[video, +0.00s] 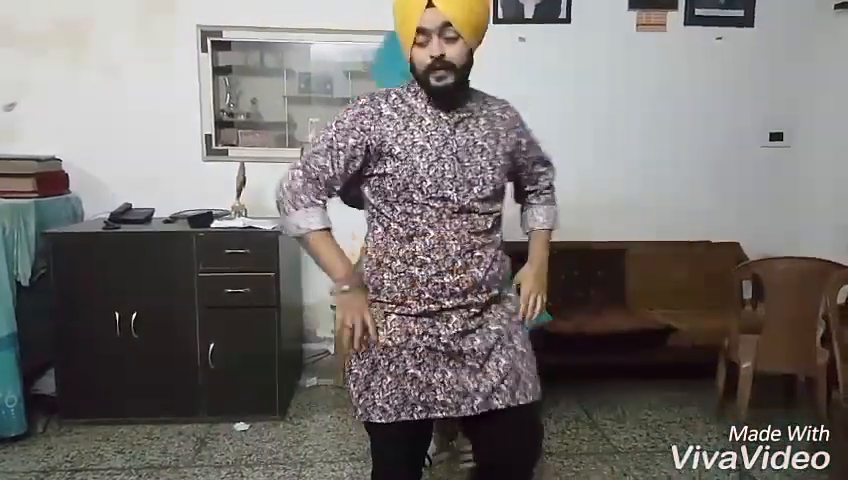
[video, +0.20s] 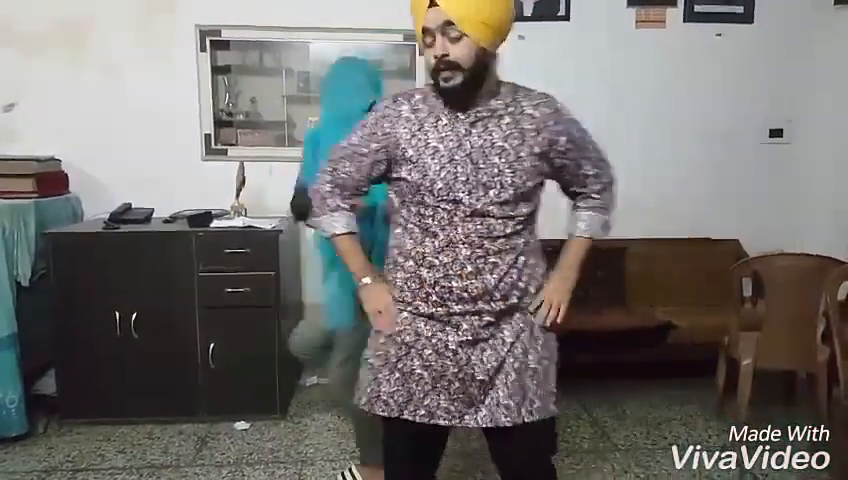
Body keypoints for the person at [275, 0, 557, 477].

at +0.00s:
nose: (437, 50)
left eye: (451, 36)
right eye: (423, 38)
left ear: (473, 43)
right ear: (407, 46)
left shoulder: (501, 119)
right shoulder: (372, 117)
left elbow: (539, 183)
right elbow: (298, 193)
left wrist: (538, 261)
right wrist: (347, 284)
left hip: (489, 330)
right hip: (396, 334)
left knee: (515, 462)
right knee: (397, 471)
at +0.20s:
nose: (438, 50)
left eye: (453, 34)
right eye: (429, 38)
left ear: (489, 38)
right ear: (420, 45)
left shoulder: (538, 117)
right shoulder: (397, 116)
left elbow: (596, 187)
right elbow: (328, 190)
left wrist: (564, 276)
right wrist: (366, 280)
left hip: (511, 338)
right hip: (413, 337)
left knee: (531, 472)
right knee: (405, 473)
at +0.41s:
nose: (455, 49)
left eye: (467, 33)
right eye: (452, 35)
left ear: (514, 33)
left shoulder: (581, 116)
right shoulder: (439, 113)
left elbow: (661, 199)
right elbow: (382, 186)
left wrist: (606, 291)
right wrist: (406, 274)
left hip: (545, 345)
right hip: (448, 341)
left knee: (549, 472)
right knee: (433, 471)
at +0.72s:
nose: (477, 44)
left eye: (487, 29)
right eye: (478, 30)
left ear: (533, 33)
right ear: (525, 34)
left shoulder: (605, 114)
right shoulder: (489, 109)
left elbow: (690, 219)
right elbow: (457, 178)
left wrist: (623, 310)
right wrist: (447, 246)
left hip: (564, 347)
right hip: (476, 337)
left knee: (566, 472)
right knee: (463, 471)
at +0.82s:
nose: (475, 47)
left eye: (483, 32)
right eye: (477, 32)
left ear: (526, 33)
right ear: (521, 35)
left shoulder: (598, 115)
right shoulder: (498, 108)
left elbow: (680, 222)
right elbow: (473, 167)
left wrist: (616, 314)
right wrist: (451, 191)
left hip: (563, 349)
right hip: (480, 339)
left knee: (566, 471)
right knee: (470, 470)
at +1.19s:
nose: (451, 91)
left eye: (454, 78)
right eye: (451, 80)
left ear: (483, 78)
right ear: (500, 79)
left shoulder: (561, 150)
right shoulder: (472, 155)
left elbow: (625, 264)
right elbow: (426, 226)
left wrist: (576, 369)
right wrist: (439, 157)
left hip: (541, 393)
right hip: (463, 382)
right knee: (452, 472)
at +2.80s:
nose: (514, 88)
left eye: (530, 74)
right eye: (502, 70)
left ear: (546, 70)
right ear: (478, 61)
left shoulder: (571, 134)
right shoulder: (440, 132)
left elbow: (650, 224)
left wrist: (603, 322)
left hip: (549, 370)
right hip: (455, 364)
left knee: (555, 471)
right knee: (458, 470)